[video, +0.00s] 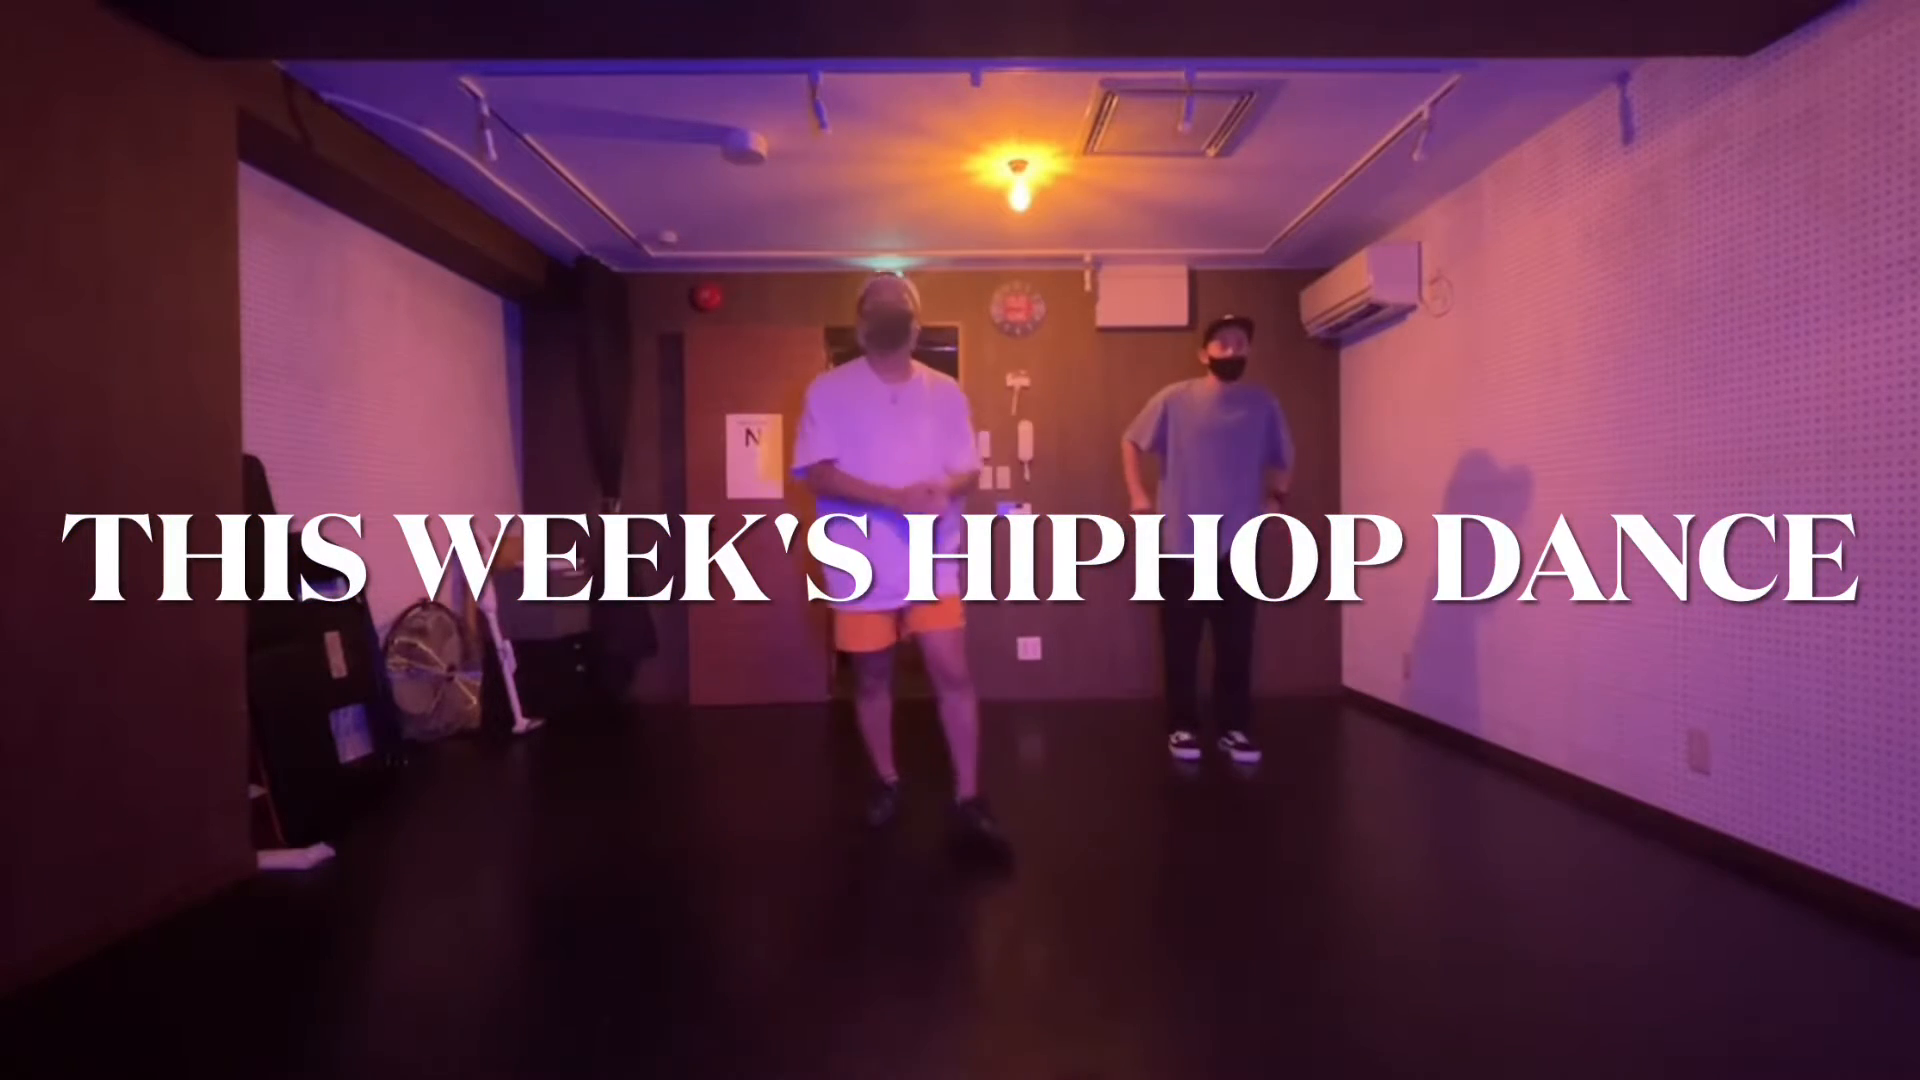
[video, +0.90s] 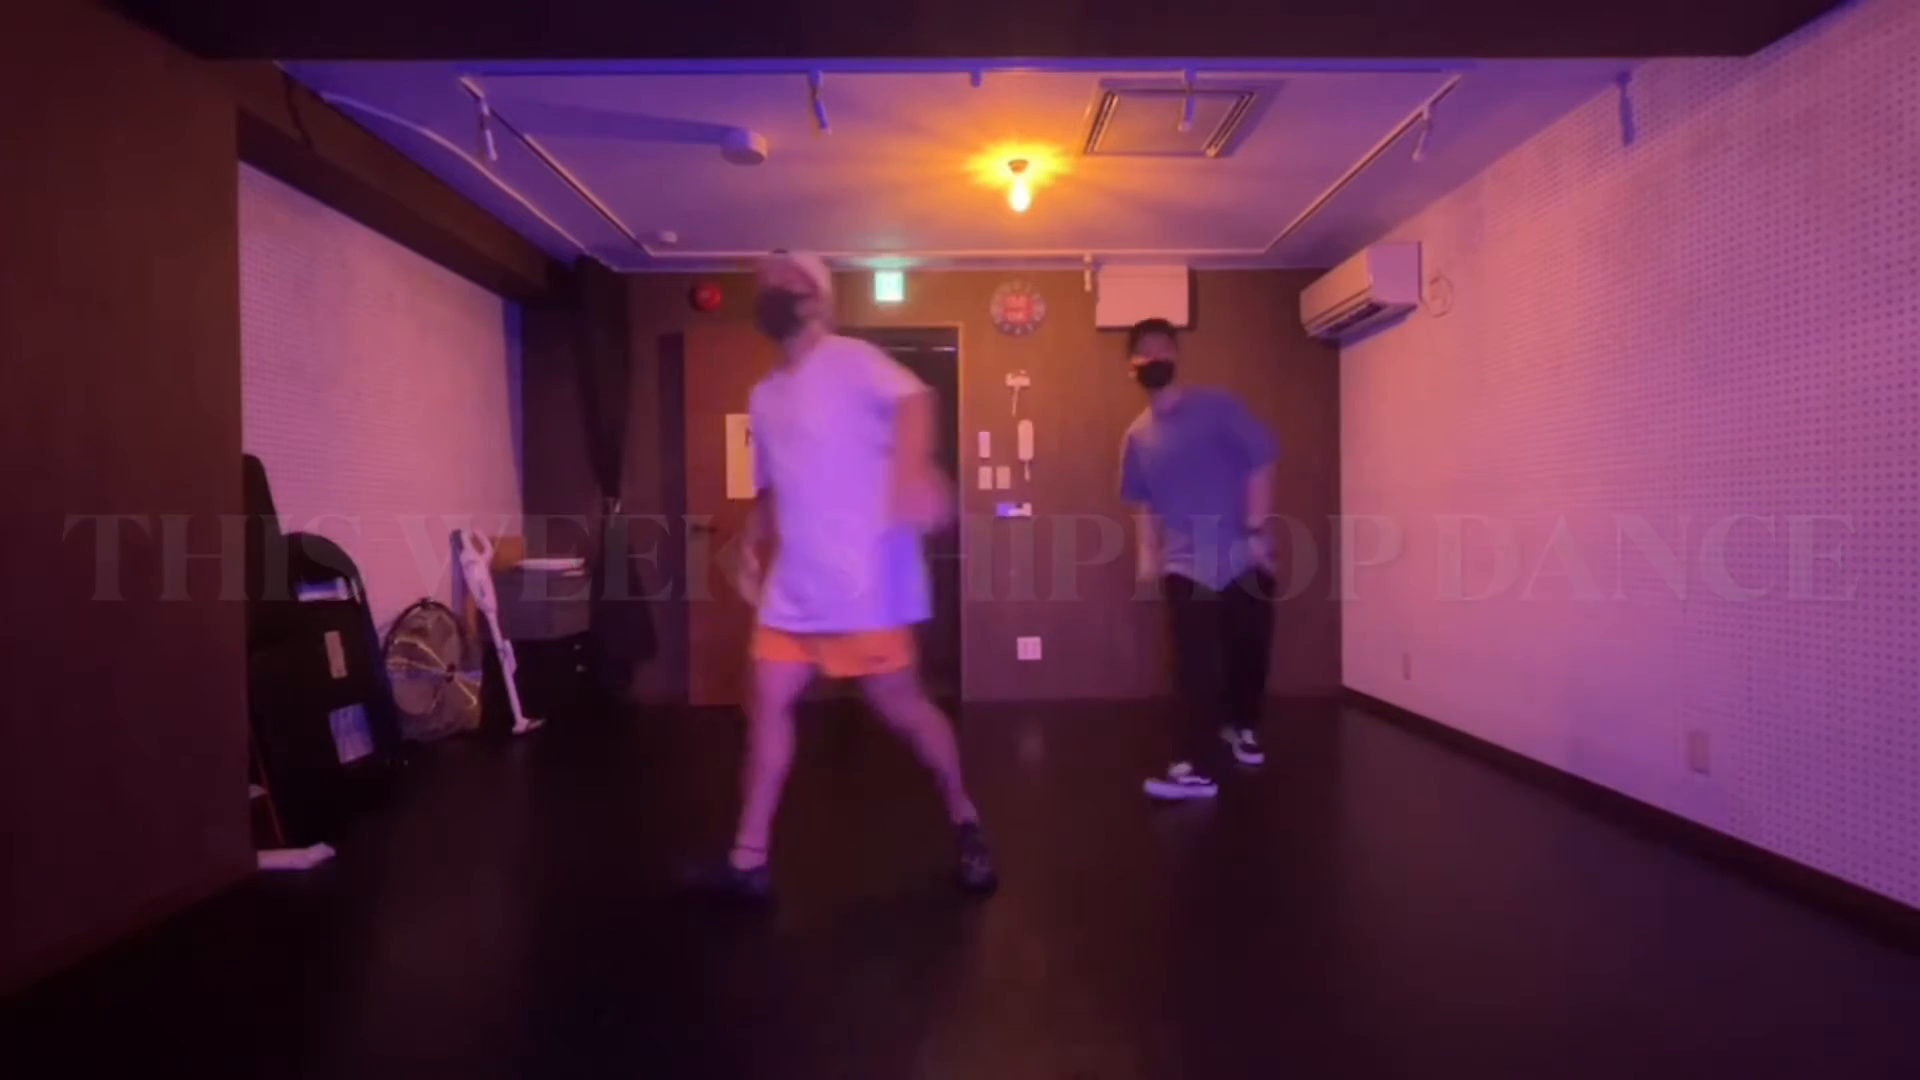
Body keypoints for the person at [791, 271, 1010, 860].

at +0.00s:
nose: (891, 322)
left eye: (900, 313)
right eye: (880, 314)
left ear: (916, 322)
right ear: (862, 323)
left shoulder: (945, 392)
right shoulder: (828, 392)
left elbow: (968, 472)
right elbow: (818, 474)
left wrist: (943, 489)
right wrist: (894, 498)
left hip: (936, 564)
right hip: (862, 565)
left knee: (952, 671)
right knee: (873, 676)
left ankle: (968, 797)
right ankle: (887, 785)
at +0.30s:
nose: (927, 309)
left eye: (937, 301)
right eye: (917, 299)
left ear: (951, 317)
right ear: (895, 310)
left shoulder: (973, 395)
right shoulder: (851, 382)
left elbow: (990, 493)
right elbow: (831, 479)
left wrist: (980, 562)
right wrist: (834, 557)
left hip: (948, 572)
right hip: (868, 570)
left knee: (958, 691)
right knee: (876, 690)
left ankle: (973, 826)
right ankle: (887, 785)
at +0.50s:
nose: (915, 302)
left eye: (929, 292)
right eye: (905, 291)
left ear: (951, 307)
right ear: (888, 302)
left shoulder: (978, 387)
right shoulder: (848, 378)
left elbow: (1032, 476)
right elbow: (803, 458)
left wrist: (1065, 549)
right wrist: (762, 525)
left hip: (946, 573)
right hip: (860, 569)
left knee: (959, 693)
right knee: (853, 692)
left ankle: (973, 826)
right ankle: (900, 764)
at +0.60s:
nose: (901, 292)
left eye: (913, 281)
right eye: (887, 283)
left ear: (935, 295)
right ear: (870, 299)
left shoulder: (970, 376)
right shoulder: (843, 375)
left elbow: (1032, 457)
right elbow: (799, 461)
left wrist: (1077, 516)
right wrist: (748, 515)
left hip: (941, 566)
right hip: (856, 562)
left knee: (956, 690)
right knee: (827, 682)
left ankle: (972, 827)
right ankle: (886, 785)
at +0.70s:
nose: (857, 297)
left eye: (869, 286)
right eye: (847, 288)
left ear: (894, 296)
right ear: (836, 303)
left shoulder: (944, 371)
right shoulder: (825, 383)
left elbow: (1019, 423)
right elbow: (789, 470)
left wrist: (1051, 467)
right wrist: (732, 516)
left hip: (927, 574)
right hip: (841, 573)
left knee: (953, 700)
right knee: (812, 691)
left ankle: (972, 830)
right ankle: (807, 844)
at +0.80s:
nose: (845, 341)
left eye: (850, 326)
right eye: (833, 329)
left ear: (866, 315)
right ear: (820, 326)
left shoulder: (918, 370)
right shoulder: (806, 391)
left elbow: (990, 406)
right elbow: (781, 476)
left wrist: (1007, 468)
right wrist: (728, 532)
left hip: (913, 580)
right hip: (830, 584)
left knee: (942, 701)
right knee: (806, 707)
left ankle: (971, 829)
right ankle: (761, 855)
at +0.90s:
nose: (771, 305)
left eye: (786, 293)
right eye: (765, 295)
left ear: (817, 302)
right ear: (758, 309)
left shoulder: (852, 358)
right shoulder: (766, 396)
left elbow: (915, 399)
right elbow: (772, 492)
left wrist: (913, 475)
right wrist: (752, 545)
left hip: (868, 568)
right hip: (797, 575)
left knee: (899, 701)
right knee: (770, 698)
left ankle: (965, 820)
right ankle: (750, 856)